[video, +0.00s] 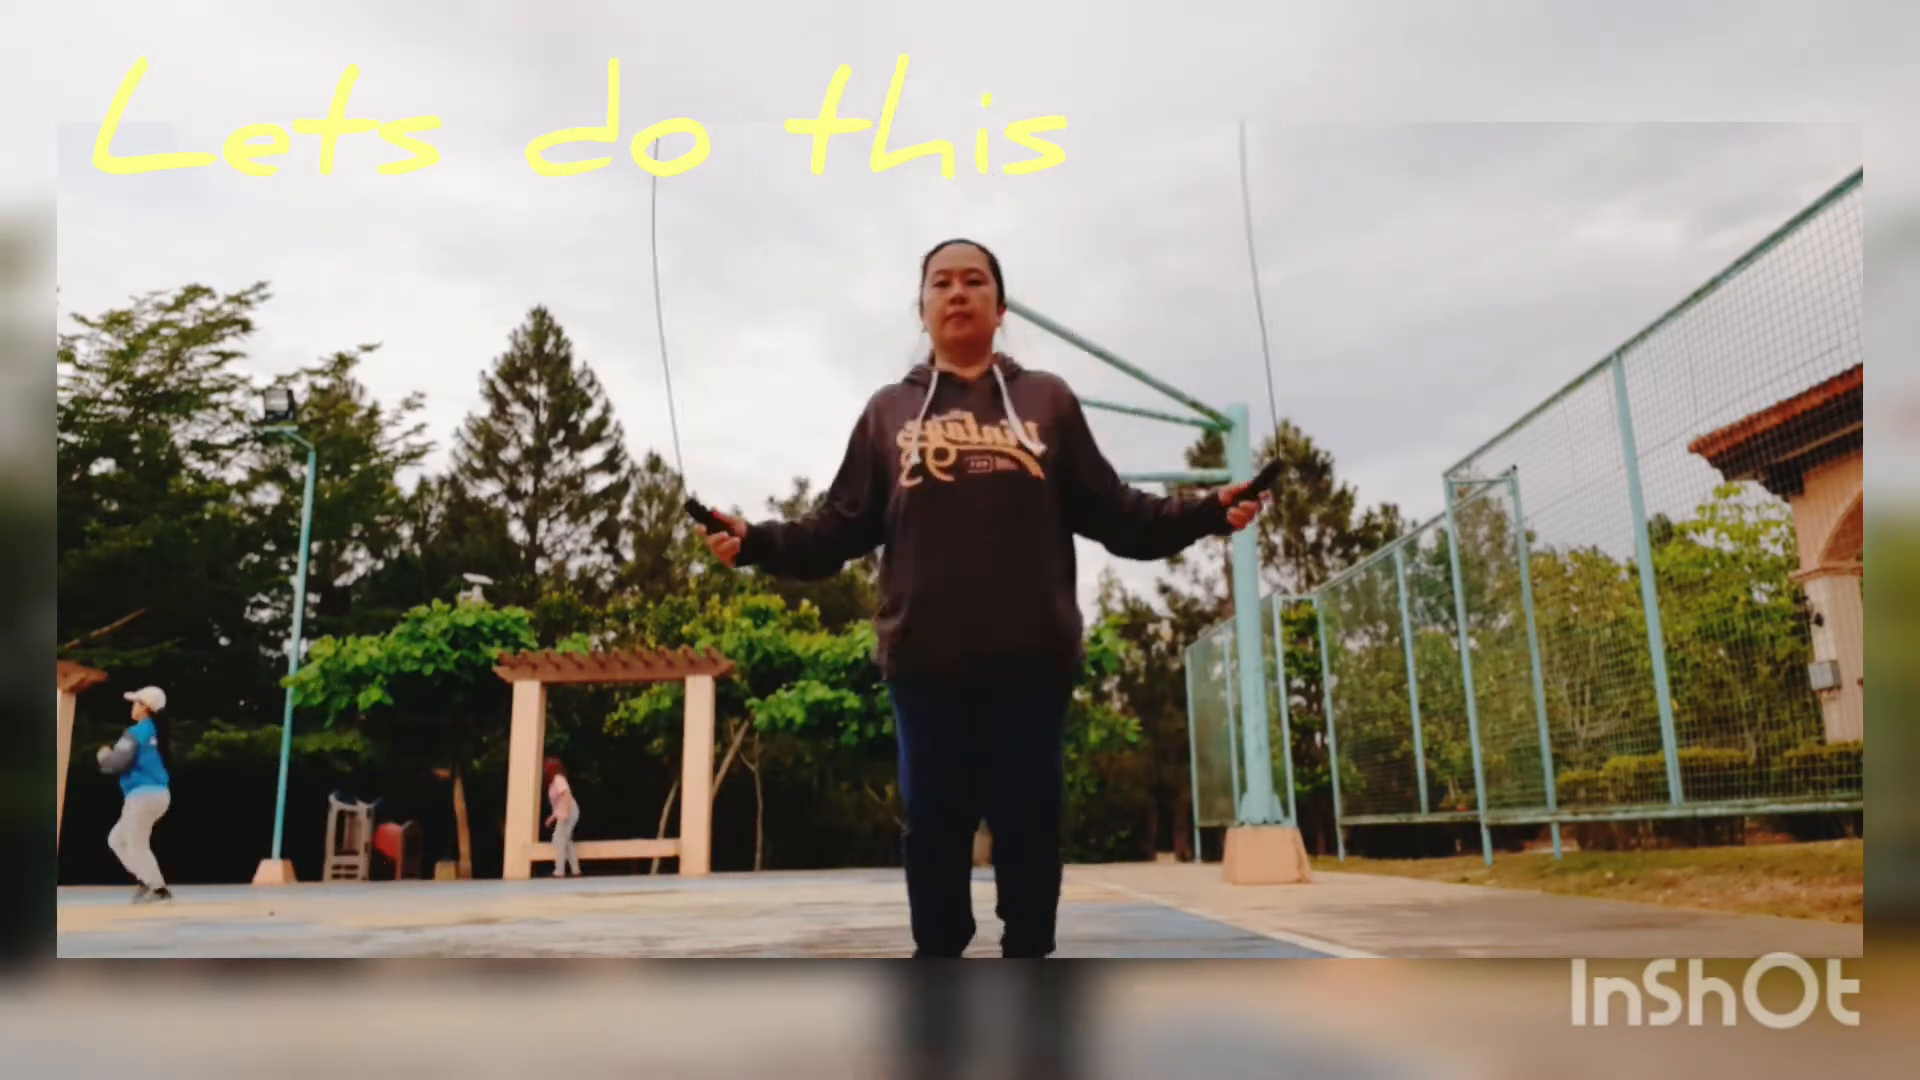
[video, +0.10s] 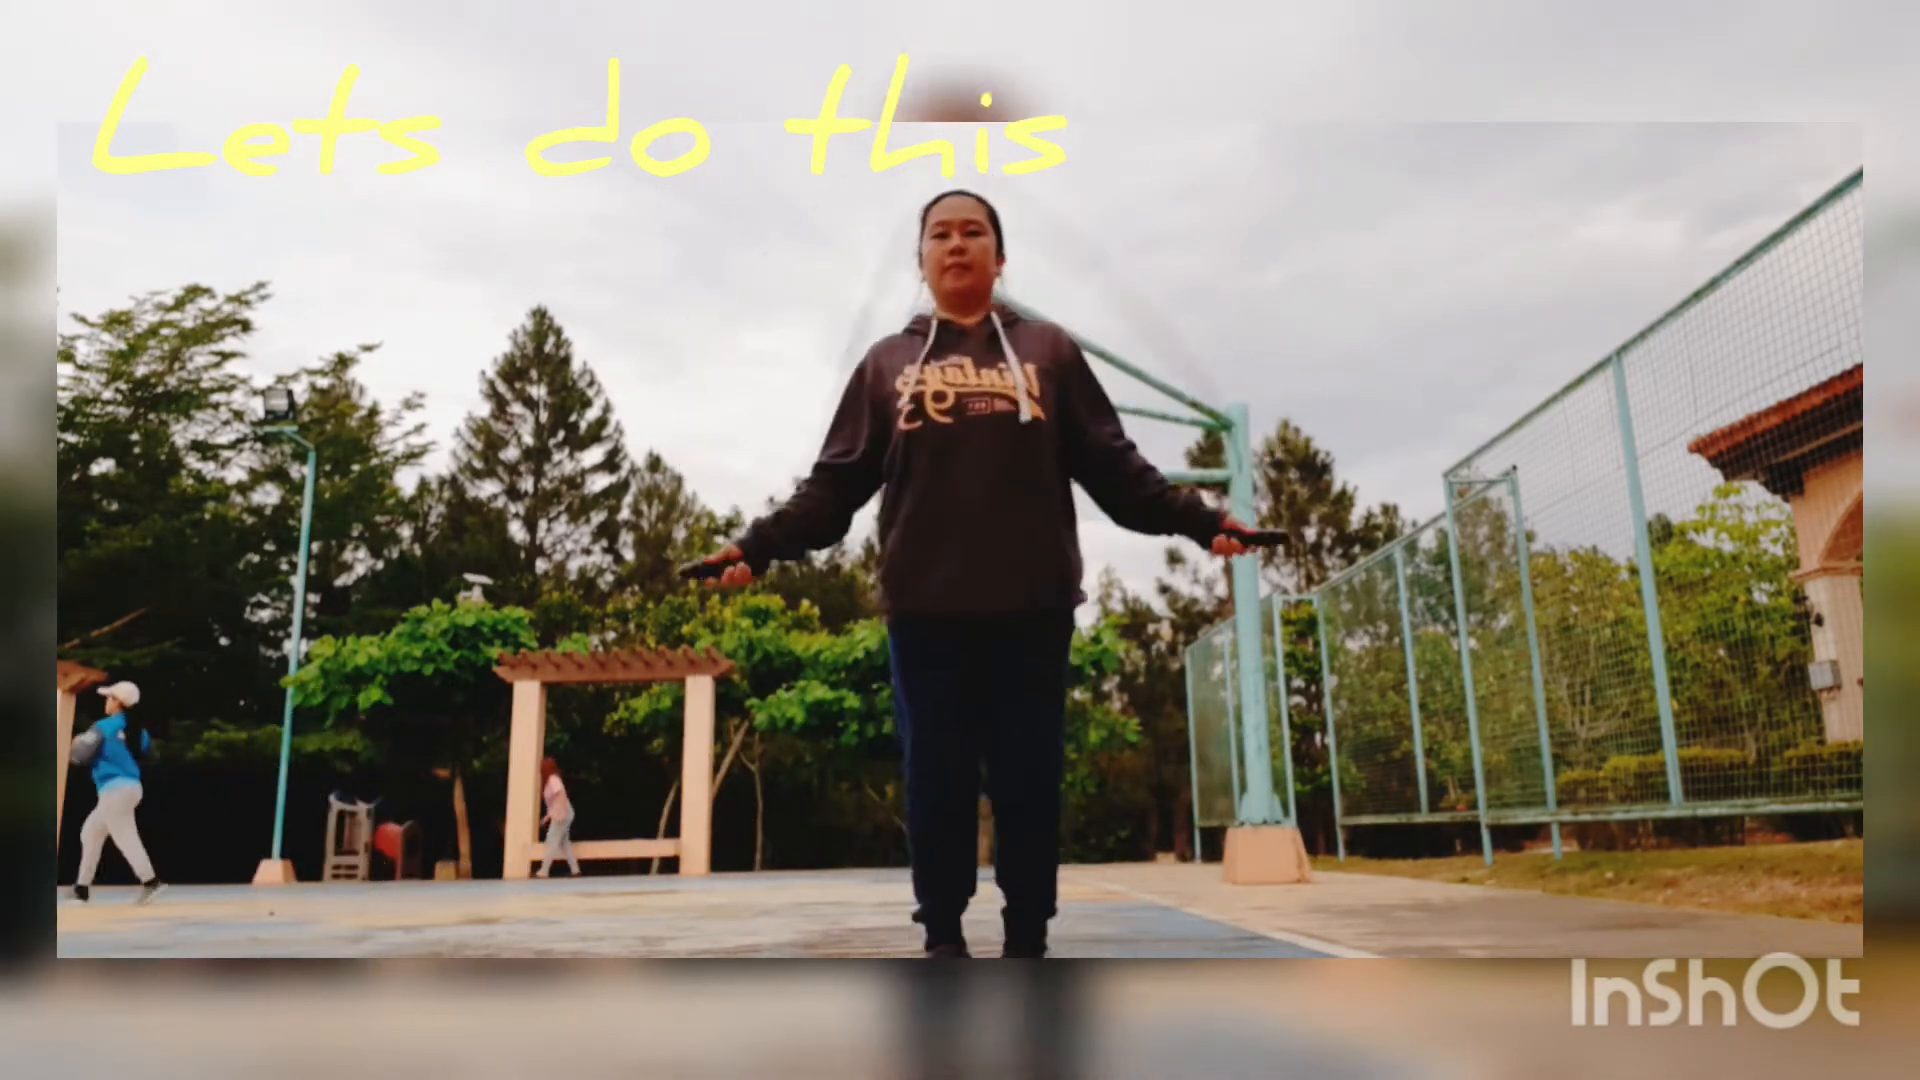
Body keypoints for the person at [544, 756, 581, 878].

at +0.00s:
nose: (546, 770)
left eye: (548, 767)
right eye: (547, 767)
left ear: (552, 768)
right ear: (554, 769)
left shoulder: (559, 779)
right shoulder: (553, 783)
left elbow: (566, 796)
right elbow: (559, 804)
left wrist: (564, 812)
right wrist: (553, 817)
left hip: (568, 810)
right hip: (564, 812)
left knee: (559, 838)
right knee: (566, 839)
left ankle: (559, 869)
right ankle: (575, 869)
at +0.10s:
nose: (541, 770)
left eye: (543, 768)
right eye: (542, 767)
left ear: (546, 768)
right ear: (550, 768)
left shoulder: (553, 779)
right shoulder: (549, 781)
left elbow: (560, 797)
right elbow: (554, 803)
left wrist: (556, 814)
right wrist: (547, 817)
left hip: (561, 813)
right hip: (561, 813)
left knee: (551, 840)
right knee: (565, 841)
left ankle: (544, 869)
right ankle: (574, 868)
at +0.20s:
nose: (537, 770)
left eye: (539, 767)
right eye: (538, 767)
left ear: (542, 768)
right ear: (548, 768)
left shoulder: (547, 780)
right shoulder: (546, 781)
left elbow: (552, 797)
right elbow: (542, 799)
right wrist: (543, 817)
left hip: (554, 814)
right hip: (558, 813)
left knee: (545, 840)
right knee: (561, 841)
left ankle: (538, 870)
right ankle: (574, 868)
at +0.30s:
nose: (530, 765)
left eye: (532, 763)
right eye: (532, 762)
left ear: (533, 765)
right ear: (540, 766)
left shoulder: (535, 779)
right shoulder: (541, 779)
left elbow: (540, 794)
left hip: (542, 809)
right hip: (550, 808)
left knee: (534, 839)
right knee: (546, 840)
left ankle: (535, 869)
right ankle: (566, 862)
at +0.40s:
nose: (525, 766)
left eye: (526, 763)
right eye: (529, 763)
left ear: (526, 765)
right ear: (537, 764)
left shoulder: (527, 779)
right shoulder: (542, 778)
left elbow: (531, 796)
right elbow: (545, 795)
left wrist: (532, 814)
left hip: (536, 809)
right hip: (545, 808)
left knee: (528, 840)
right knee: (537, 840)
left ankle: (535, 868)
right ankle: (556, 861)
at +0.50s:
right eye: (529, 764)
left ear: (519, 764)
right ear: (530, 765)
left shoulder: (518, 778)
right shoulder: (535, 777)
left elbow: (517, 795)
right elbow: (542, 792)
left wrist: (512, 813)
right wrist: (539, 805)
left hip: (527, 810)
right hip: (538, 809)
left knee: (522, 840)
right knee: (529, 840)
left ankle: (534, 868)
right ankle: (531, 867)